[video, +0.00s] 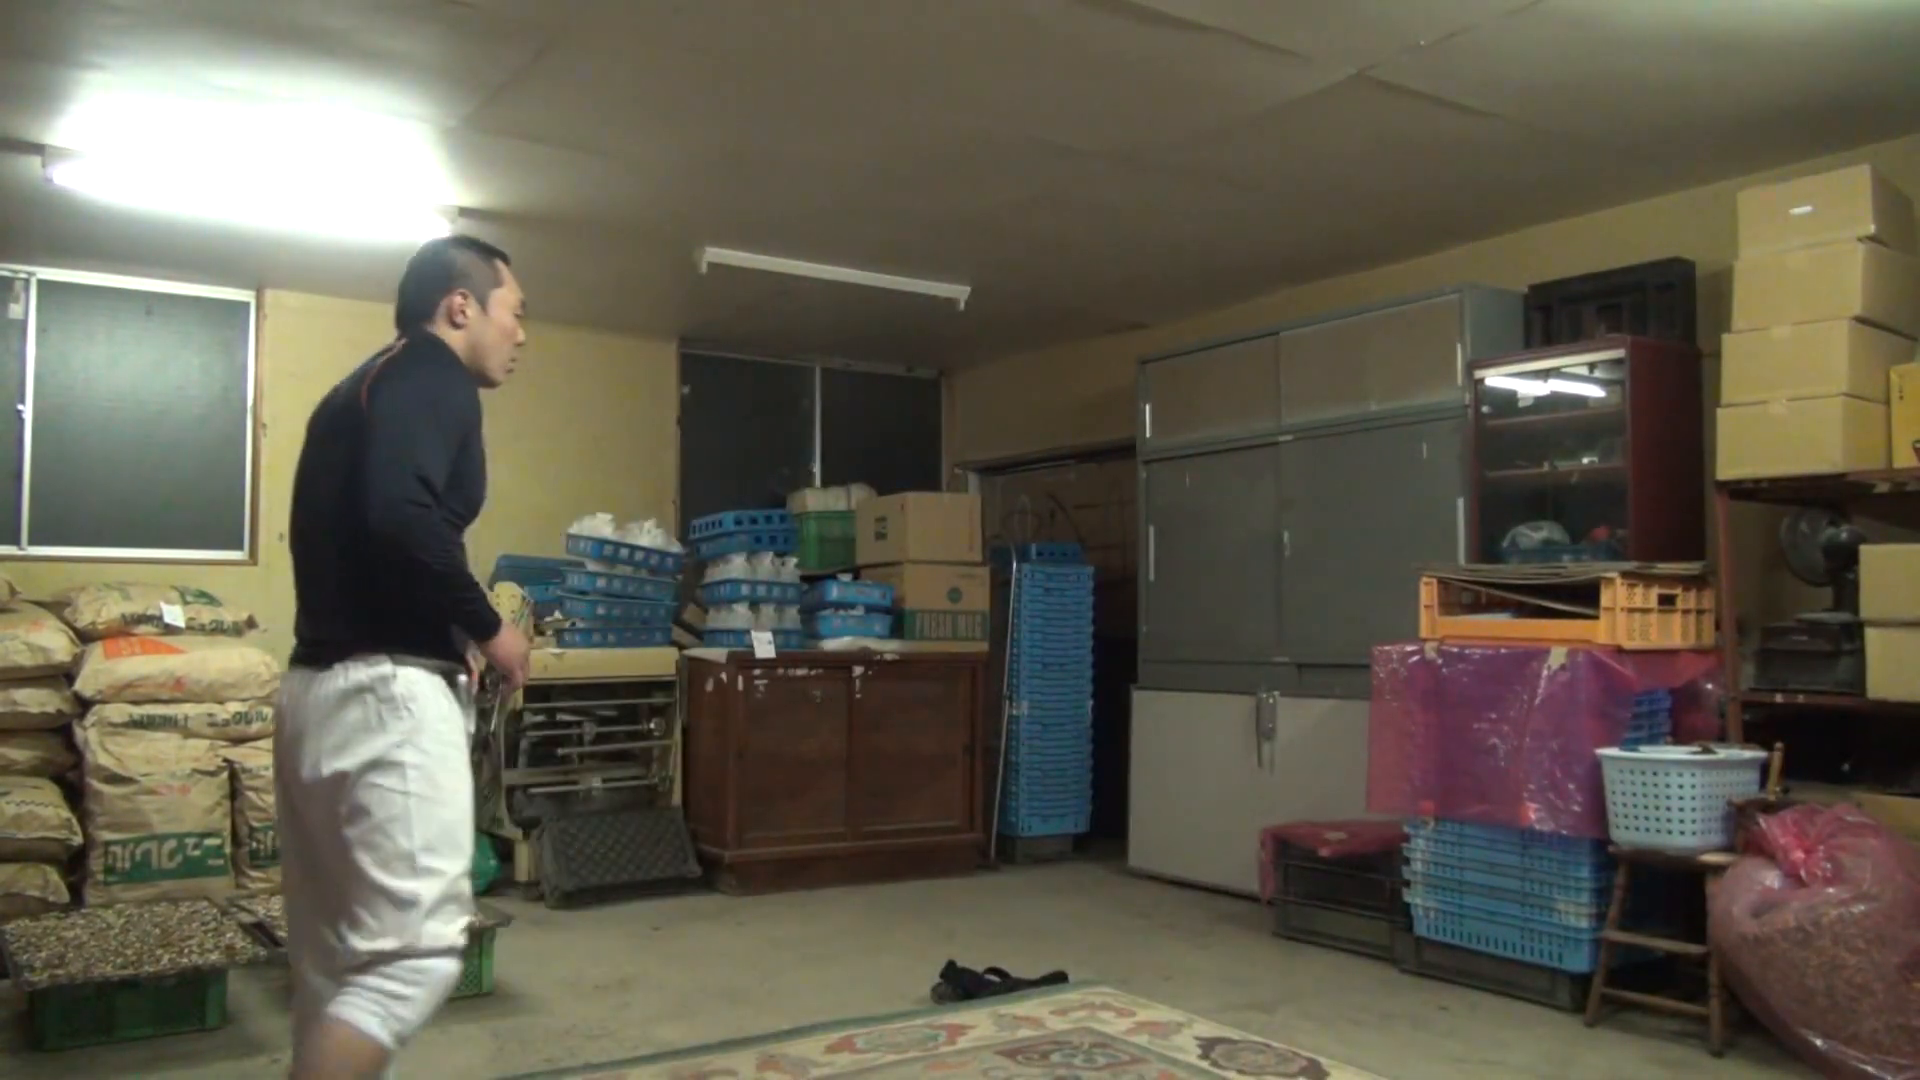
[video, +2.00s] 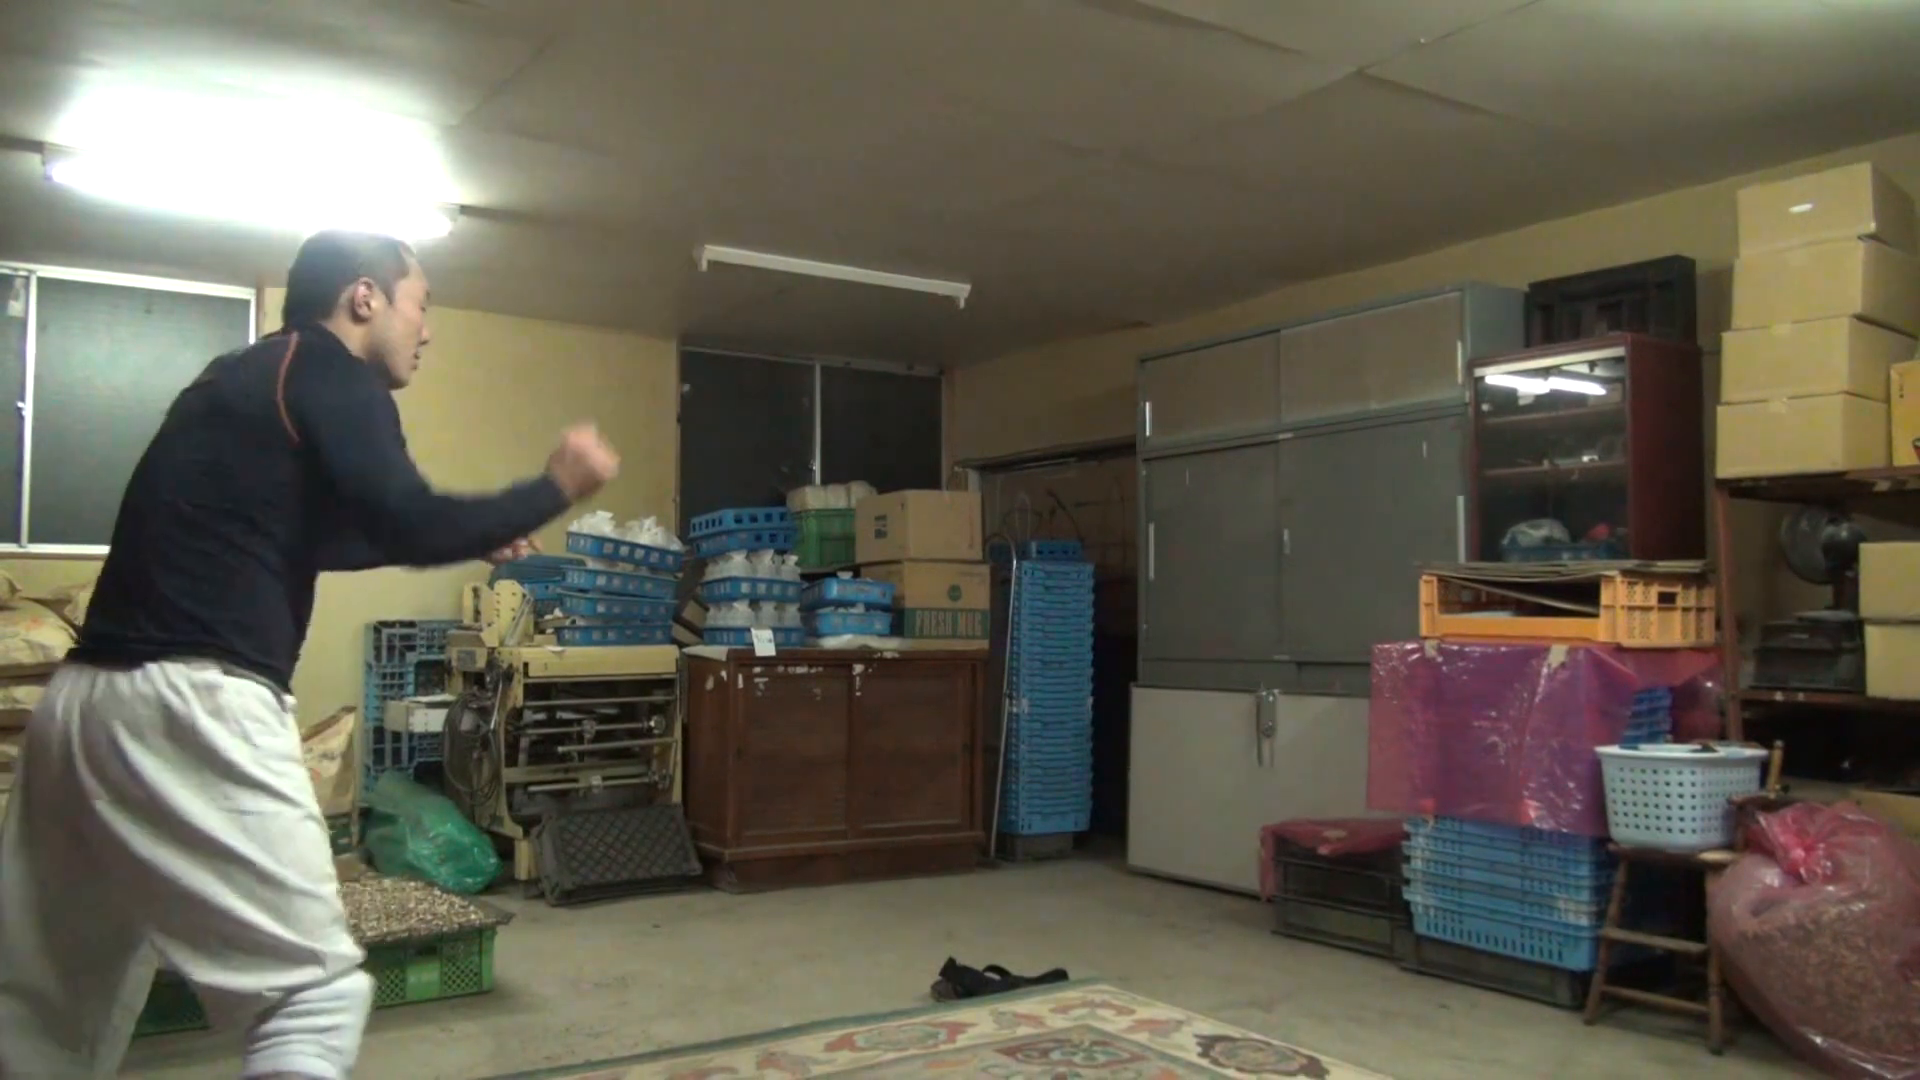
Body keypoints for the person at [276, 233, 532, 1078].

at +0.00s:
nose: (521, 334)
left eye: (523, 316)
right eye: (513, 312)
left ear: (442, 312)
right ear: (458, 308)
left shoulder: (350, 392)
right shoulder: (431, 372)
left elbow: (331, 551)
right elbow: (402, 510)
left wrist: (448, 640)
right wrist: (489, 626)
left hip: (314, 699)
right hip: (390, 701)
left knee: (326, 965)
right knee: (407, 960)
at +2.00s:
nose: (425, 332)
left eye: (428, 310)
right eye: (419, 306)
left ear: (343, 305)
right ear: (362, 300)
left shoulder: (225, 377)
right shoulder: (328, 370)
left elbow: (315, 537)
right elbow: (403, 520)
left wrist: (467, 539)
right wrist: (553, 489)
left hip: (72, 707)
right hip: (195, 709)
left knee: (50, 1023)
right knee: (312, 991)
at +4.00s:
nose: (547, 328)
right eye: (545, 317)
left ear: (439, 338)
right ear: (537, 326)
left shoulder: (393, 436)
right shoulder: (609, 415)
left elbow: (360, 584)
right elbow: (703, 529)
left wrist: (452, 601)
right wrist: (705, 458)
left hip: (466, 729)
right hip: (593, 721)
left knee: (400, 974)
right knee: (580, 952)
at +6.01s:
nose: (487, 355)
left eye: (489, 339)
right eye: (489, 337)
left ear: (383, 324)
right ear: (462, 329)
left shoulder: (268, 412)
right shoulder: (480, 412)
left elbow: (313, 538)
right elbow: (626, 493)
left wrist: (449, 509)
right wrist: (656, 400)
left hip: (230, 744)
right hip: (374, 749)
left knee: (169, 998)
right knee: (524, 974)